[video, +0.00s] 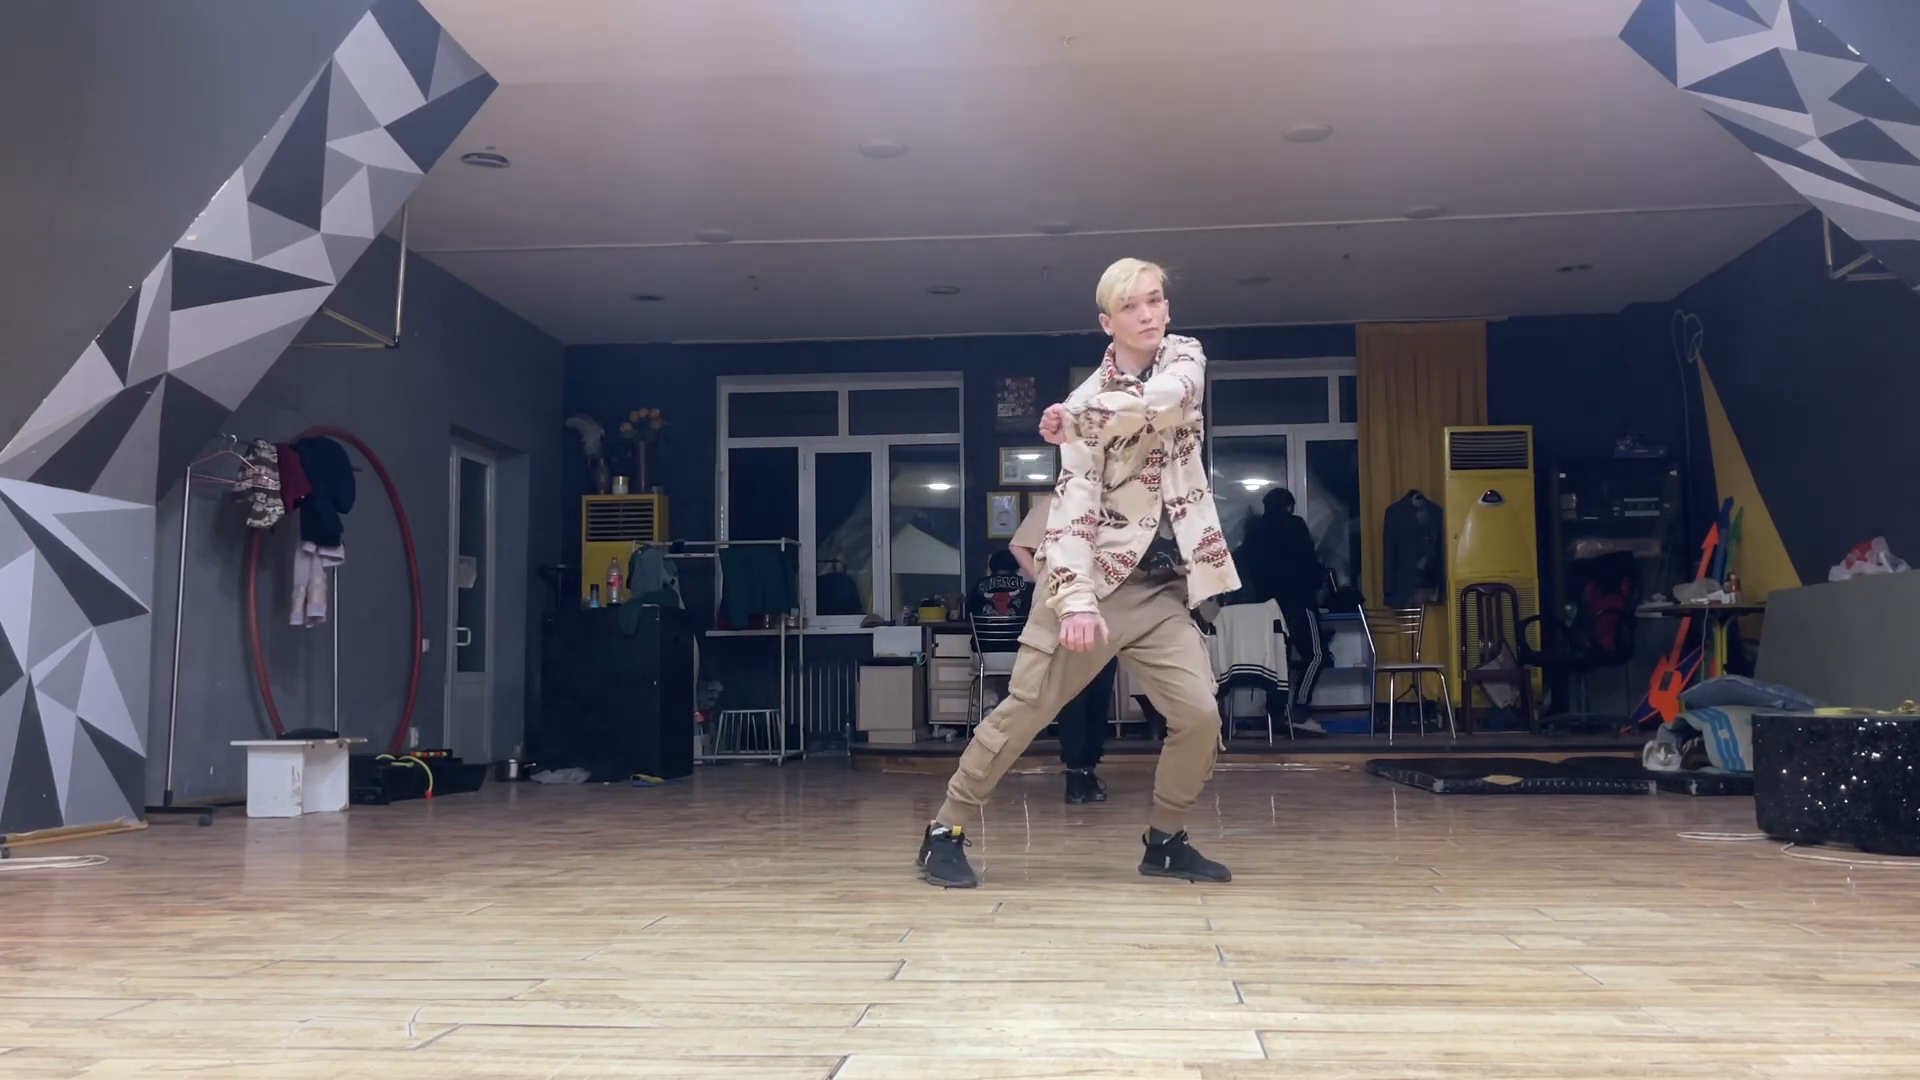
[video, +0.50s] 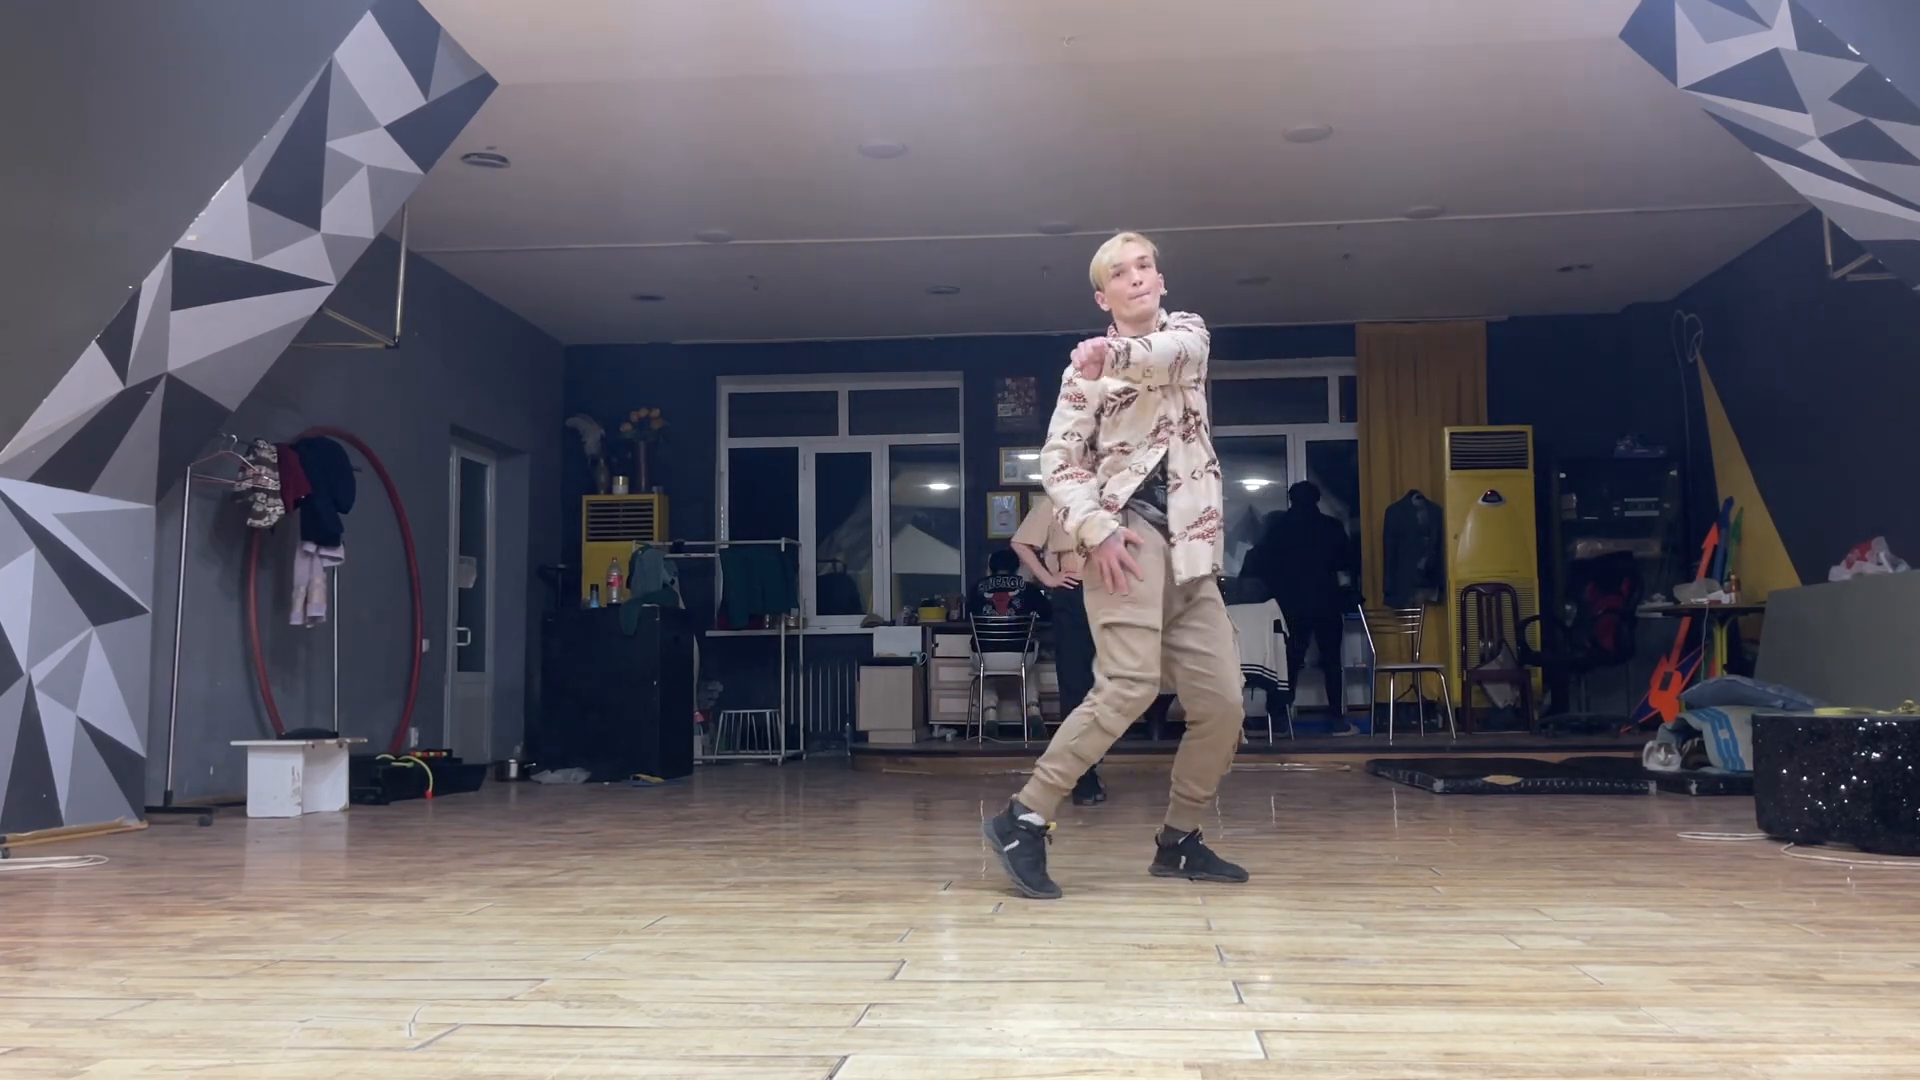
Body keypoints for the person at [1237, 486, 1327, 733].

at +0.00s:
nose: (1291, 510)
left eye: (1289, 507)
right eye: (1291, 507)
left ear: (1267, 506)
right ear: (1289, 506)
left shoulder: (1255, 528)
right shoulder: (1295, 524)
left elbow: (1247, 561)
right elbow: (1307, 562)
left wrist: (1260, 585)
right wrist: (1318, 580)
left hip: (1265, 600)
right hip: (1295, 598)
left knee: (1277, 655)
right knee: (1315, 655)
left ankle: (1274, 713)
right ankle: (1299, 711)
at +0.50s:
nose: (1307, 503)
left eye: (1299, 498)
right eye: (1310, 498)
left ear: (1291, 500)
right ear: (1316, 500)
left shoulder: (1277, 525)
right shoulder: (1331, 525)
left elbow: (1260, 561)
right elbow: (1346, 561)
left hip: (1289, 603)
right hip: (1325, 602)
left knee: (1289, 660)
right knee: (1331, 662)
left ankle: (1278, 718)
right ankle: (1336, 720)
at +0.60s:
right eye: (1318, 498)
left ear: (1297, 500)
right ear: (1323, 501)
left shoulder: (1285, 528)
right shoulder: (1337, 526)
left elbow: (1271, 565)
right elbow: (1356, 562)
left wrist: (1280, 596)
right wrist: (1357, 594)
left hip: (1296, 603)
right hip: (1332, 602)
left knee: (1294, 659)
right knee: (1334, 661)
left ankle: (1284, 717)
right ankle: (1337, 719)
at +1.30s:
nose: (1299, 505)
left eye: (1299, 501)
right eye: (1299, 501)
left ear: (1304, 502)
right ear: (1325, 501)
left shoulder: (1292, 531)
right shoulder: (1345, 527)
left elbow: (1280, 567)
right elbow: (1363, 553)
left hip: (1304, 605)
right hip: (1338, 604)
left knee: (1303, 663)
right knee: (1336, 662)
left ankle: (1300, 720)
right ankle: (1338, 720)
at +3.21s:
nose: (1301, 502)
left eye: (1302, 498)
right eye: (1302, 498)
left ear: (1305, 499)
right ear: (1328, 499)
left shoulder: (1291, 529)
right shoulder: (1346, 529)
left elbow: (1272, 566)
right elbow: (1360, 567)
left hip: (1302, 604)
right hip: (1335, 604)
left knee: (1302, 661)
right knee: (1334, 661)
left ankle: (1300, 719)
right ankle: (1337, 719)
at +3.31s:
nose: (1300, 502)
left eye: (1301, 498)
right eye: (1301, 499)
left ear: (1304, 499)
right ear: (1328, 499)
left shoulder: (1289, 529)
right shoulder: (1346, 529)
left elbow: (1271, 566)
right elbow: (1359, 567)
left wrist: (1276, 531)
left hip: (1301, 604)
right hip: (1334, 604)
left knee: (1302, 662)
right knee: (1334, 661)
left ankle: (1301, 719)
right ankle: (1337, 719)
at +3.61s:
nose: (1299, 502)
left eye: (1300, 498)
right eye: (1300, 498)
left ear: (1303, 499)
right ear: (1327, 499)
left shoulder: (1288, 529)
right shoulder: (1345, 529)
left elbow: (1270, 566)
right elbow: (1358, 568)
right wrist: (1353, 598)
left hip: (1299, 604)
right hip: (1333, 603)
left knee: (1301, 661)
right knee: (1333, 661)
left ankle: (1300, 719)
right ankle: (1337, 718)